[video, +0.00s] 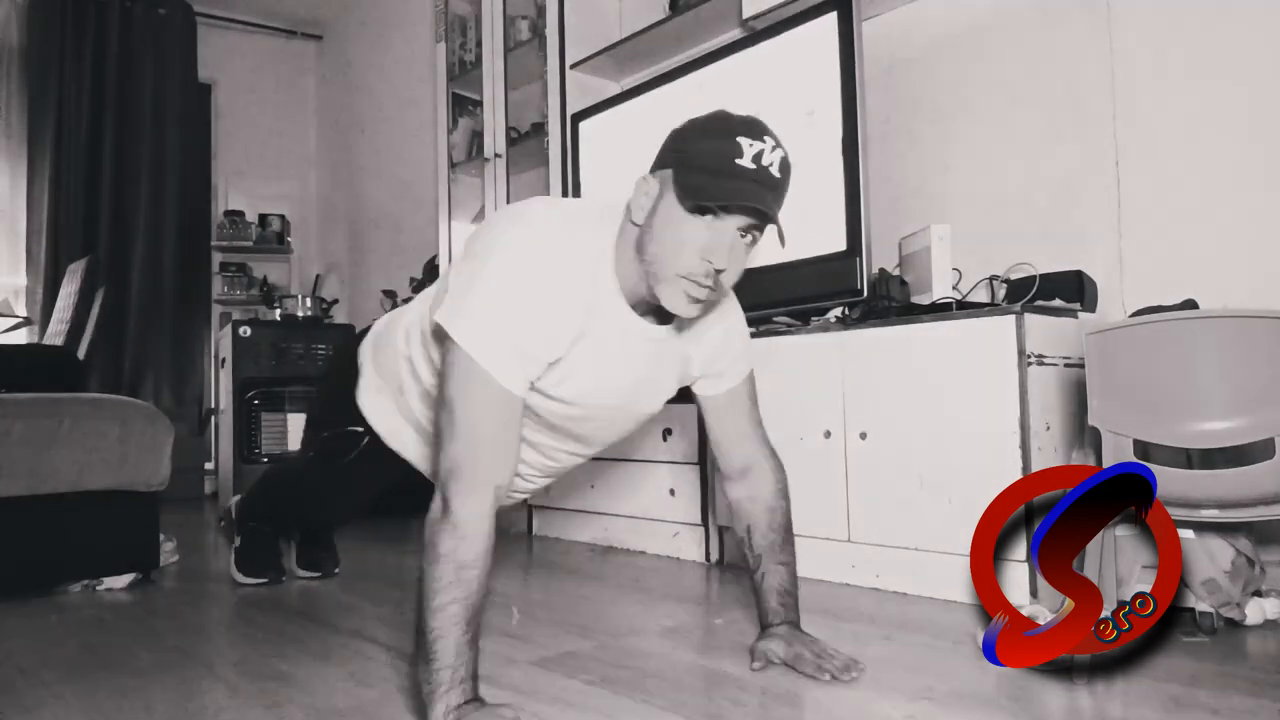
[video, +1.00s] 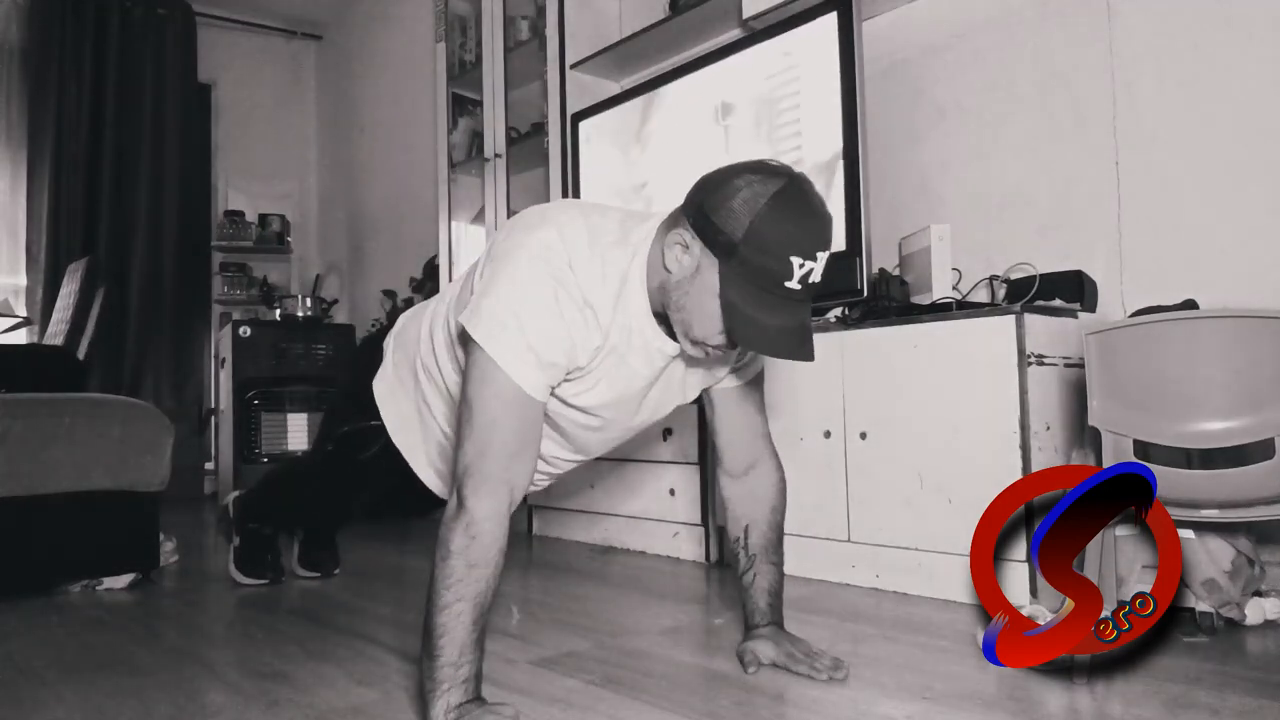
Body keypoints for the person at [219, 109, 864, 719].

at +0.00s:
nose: (722, 260)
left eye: (749, 236)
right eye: (708, 216)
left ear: (759, 245)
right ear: (649, 198)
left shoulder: (711, 315)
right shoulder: (525, 253)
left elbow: (749, 471)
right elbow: (464, 506)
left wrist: (782, 624)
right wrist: (451, 703)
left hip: (476, 464)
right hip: (386, 412)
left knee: (372, 498)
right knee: (319, 488)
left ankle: (313, 523)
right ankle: (257, 517)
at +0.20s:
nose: (727, 257)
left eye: (754, 230)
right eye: (711, 211)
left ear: (763, 240)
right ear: (651, 194)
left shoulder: (718, 310)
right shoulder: (524, 254)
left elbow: (742, 467)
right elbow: (469, 499)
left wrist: (764, 628)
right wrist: (450, 702)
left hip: (468, 446)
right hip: (379, 403)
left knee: (370, 496)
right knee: (315, 486)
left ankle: (313, 525)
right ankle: (256, 516)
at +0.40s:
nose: (736, 270)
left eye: (760, 246)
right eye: (723, 230)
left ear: (772, 247)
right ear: (663, 204)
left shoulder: (727, 323)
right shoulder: (538, 255)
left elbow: (755, 472)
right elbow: (475, 493)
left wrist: (766, 628)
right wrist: (451, 702)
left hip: (483, 452)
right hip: (400, 408)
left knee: (374, 495)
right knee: (324, 483)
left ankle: (316, 528)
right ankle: (254, 519)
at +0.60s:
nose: (744, 327)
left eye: (763, 305)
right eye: (736, 292)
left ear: (787, 282)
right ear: (676, 235)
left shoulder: (734, 325)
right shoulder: (545, 259)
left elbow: (758, 474)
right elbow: (476, 497)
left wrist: (767, 626)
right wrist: (449, 699)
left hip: (498, 460)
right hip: (410, 403)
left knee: (376, 499)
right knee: (322, 478)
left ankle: (315, 523)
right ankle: (252, 517)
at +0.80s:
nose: (738, 346)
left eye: (755, 330)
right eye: (733, 315)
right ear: (678, 254)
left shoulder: (724, 321)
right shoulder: (543, 267)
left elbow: (750, 471)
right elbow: (475, 500)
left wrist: (765, 626)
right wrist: (450, 700)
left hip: (503, 456)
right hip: (415, 409)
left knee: (377, 495)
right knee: (321, 479)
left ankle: (316, 519)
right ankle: (254, 517)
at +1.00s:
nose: (741, 349)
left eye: (758, 334)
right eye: (736, 319)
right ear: (683, 252)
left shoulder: (725, 318)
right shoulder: (546, 261)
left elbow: (751, 471)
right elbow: (481, 498)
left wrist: (764, 629)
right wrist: (449, 705)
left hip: (496, 456)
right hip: (412, 404)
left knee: (375, 495)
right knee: (321, 479)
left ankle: (314, 521)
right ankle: (249, 519)